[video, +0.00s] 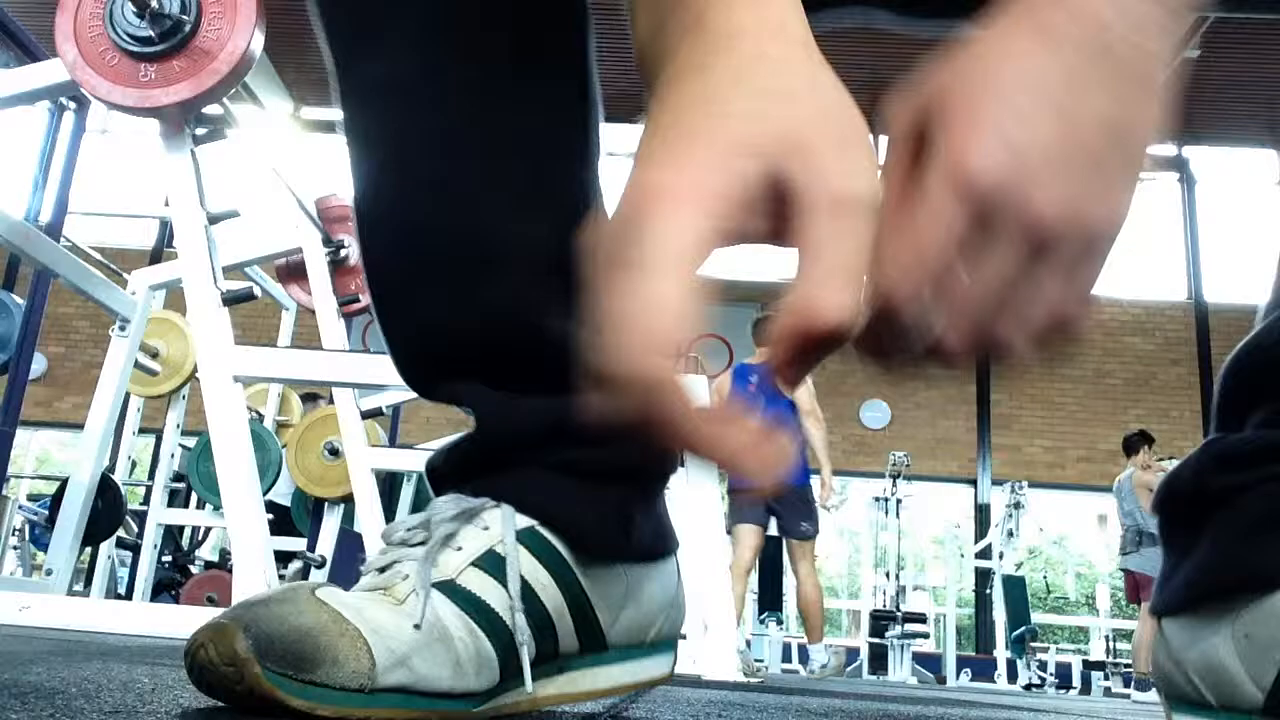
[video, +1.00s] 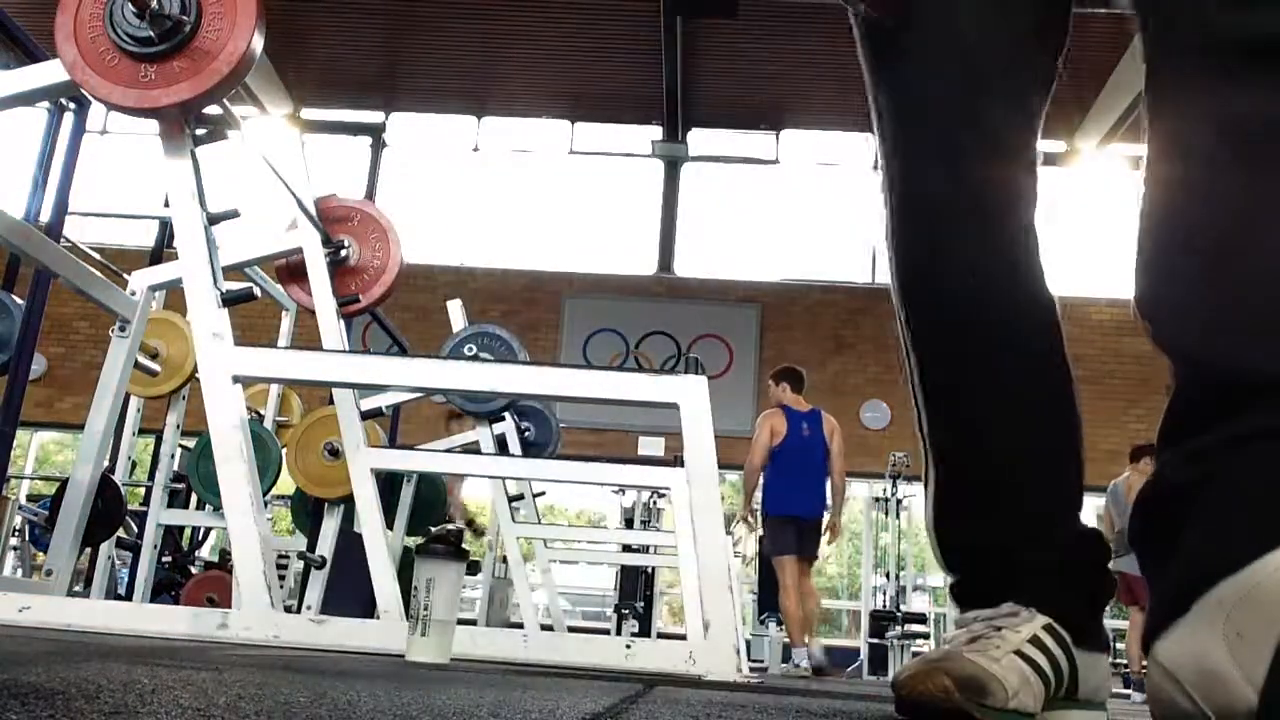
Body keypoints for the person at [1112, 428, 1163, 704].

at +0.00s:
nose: (1151, 456)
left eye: (1150, 451)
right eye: (1150, 451)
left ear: (1127, 453)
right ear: (1142, 451)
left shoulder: (1119, 481)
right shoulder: (1143, 477)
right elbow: (1176, 485)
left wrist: (1149, 471)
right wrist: (1160, 470)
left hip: (1129, 552)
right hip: (1149, 551)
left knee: (1144, 617)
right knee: (1149, 617)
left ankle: (1139, 677)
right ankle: (1143, 679)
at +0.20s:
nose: (1151, 458)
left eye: (1150, 454)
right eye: (1150, 453)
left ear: (1125, 456)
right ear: (1143, 453)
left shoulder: (1116, 483)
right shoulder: (1149, 477)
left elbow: (1121, 520)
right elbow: (1177, 491)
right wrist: (1168, 467)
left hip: (1127, 556)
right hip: (1146, 556)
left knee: (1141, 620)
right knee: (1146, 620)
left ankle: (1138, 676)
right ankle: (1141, 678)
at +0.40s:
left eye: (1124, 458)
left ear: (1125, 456)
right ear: (1153, 453)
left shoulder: (1117, 483)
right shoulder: (1160, 474)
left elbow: (1119, 523)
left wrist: (1125, 544)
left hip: (1128, 553)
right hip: (1153, 550)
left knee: (1138, 612)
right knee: (1152, 609)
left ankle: (1138, 673)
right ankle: (1148, 671)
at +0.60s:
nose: (1153, 460)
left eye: (1152, 457)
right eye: (1152, 456)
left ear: (1125, 455)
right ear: (1144, 453)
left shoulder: (1112, 484)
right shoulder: (1147, 473)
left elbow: (1117, 522)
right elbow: (1172, 465)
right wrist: (1160, 456)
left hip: (1122, 555)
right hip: (1143, 553)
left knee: (1137, 615)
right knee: (1149, 613)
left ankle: (1135, 671)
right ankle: (1144, 672)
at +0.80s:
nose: (1147, 468)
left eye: (1148, 465)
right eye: (1147, 464)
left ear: (1125, 460)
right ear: (1139, 460)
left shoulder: (1109, 486)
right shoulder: (1142, 482)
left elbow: (1111, 523)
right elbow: (1151, 515)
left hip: (1121, 556)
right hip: (1140, 555)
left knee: (1135, 614)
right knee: (1147, 613)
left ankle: (1135, 673)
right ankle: (1143, 672)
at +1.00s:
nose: (1154, 468)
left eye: (1154, 464)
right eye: (1153, 463)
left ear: (1133, 462)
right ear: (1144, 462)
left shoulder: (1113, 486)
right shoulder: (1148, 485)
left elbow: (1110, 526)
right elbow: (1151, 523)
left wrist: (1116, 548)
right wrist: (1154, 548)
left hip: (1120, 557)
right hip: (1141, 557)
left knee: (1135, 615)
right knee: (1147, 615)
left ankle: (1135, 673)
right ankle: (1144, 671)